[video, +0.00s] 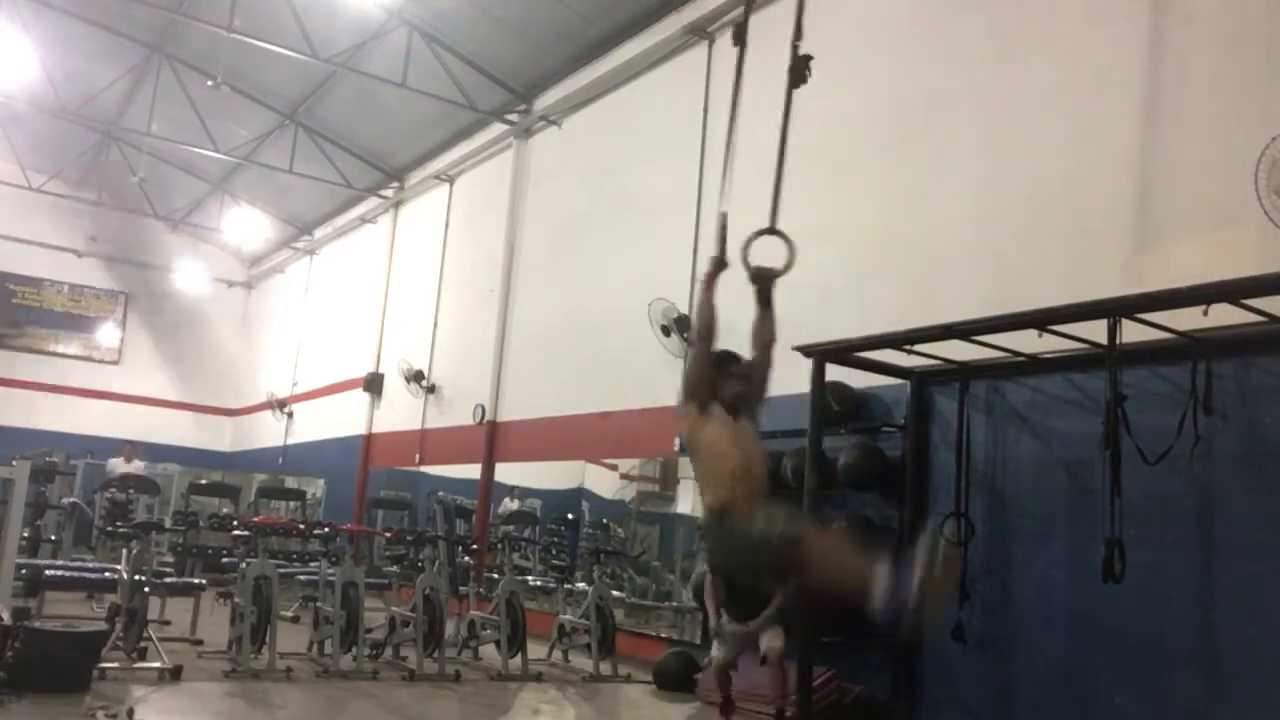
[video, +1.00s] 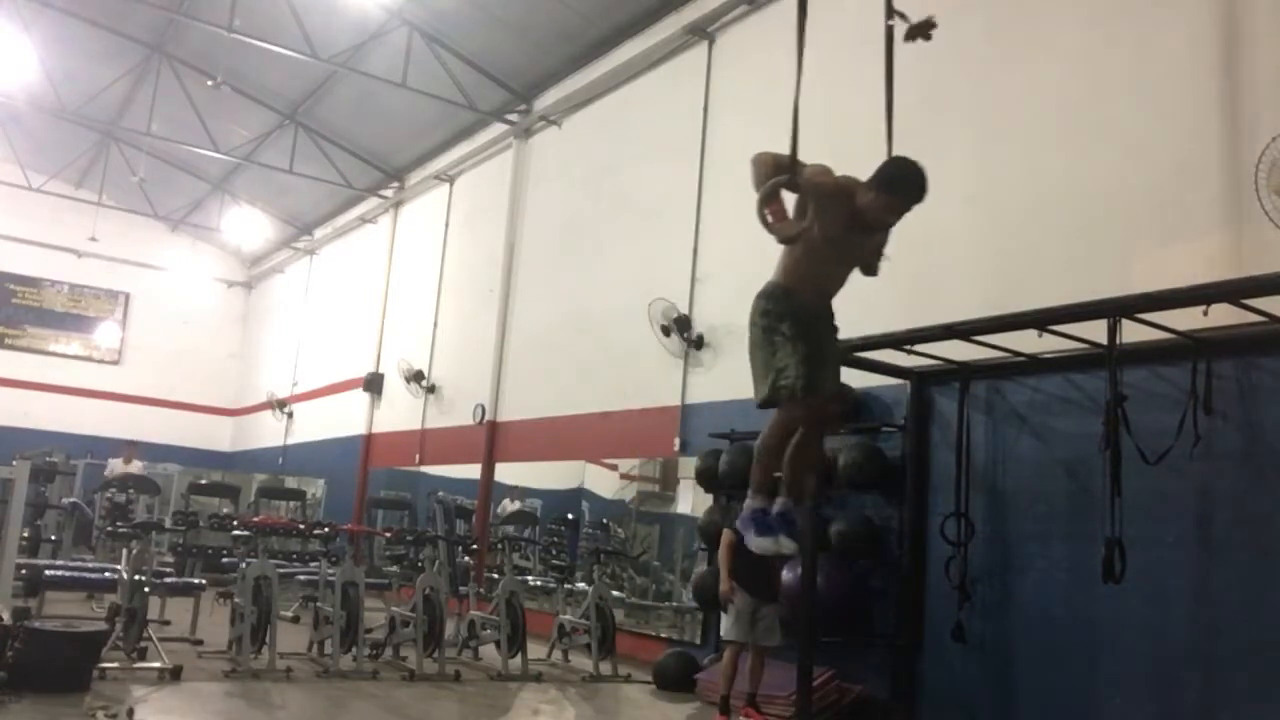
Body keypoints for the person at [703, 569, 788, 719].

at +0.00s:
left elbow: (781, 594)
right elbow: (710, 584)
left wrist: (758, 622)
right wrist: (713, 619)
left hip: (765, 617)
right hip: (731, 616)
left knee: (775, 653)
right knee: (719, 662)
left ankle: (780, 709)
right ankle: (726, 702)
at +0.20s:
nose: (761, 524)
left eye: (765, 519)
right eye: (757, 518)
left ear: (769, 518)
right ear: (746, 514)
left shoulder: (769, 536)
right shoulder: (723, 533)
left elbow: (777, 571)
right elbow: (699, 566)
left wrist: (769, 597)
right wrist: (707, 599)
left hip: (758, 601)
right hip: (727, 601)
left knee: (771, 652)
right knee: (731, 657)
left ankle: (778, 706)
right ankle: (724, 706)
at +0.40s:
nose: (764, 507)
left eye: (766, 502)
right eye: (761, 501)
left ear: (768, 503)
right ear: (749, 499)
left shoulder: (769, 524)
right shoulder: (728, 520)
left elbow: (773, 560)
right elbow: (710, 551)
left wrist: (774, 590)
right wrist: (724, 576)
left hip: (759, 594)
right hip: (731, 593)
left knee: (767, 647)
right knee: (730, 652)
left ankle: (755, 702)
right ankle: (724, 704)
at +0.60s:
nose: (767, 503)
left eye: (769, 499)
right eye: (764, 498)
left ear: (771, 498)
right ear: (753, 494)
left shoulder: (771, 521)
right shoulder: (730, 514)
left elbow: (772, 559)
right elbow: (717, 548)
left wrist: (775, 588)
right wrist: (743, 569)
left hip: (760, 591)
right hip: (731, 589)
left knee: (761, 650)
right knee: (731, 649)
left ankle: (750, 702)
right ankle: (724, 705)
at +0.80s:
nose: (777, 504)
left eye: (779, 500)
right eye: (775, 498)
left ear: (776, 498)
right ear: (765, 493)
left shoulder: (775, 522)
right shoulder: (738, 512)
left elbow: (775, 558)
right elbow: (724, 548)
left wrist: (774, 589)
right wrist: (736, 579)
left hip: (764, 591)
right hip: (740, 589)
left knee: (759, 649)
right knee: (733, 647)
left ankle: (751, 703)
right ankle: (724, 705)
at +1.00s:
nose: (762, 502)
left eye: (767, 496)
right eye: (758, 496)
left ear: (773, 499)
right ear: (750, 497)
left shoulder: (779, 522)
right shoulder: (743, 516)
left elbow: (785, 556)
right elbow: (725, 545)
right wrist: (724, 580)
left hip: (768, 592)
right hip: (740, 589)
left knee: (759, 650)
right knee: (734, 646)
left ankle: (751, 703)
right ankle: (724, 706)